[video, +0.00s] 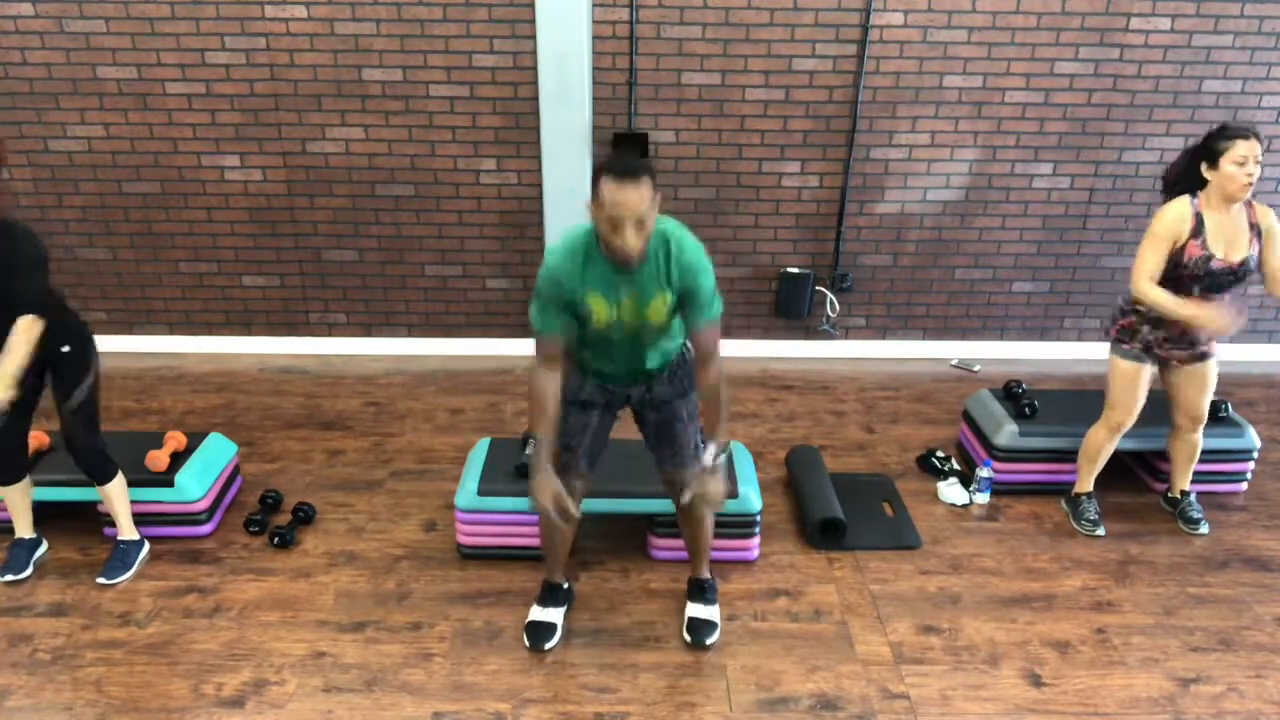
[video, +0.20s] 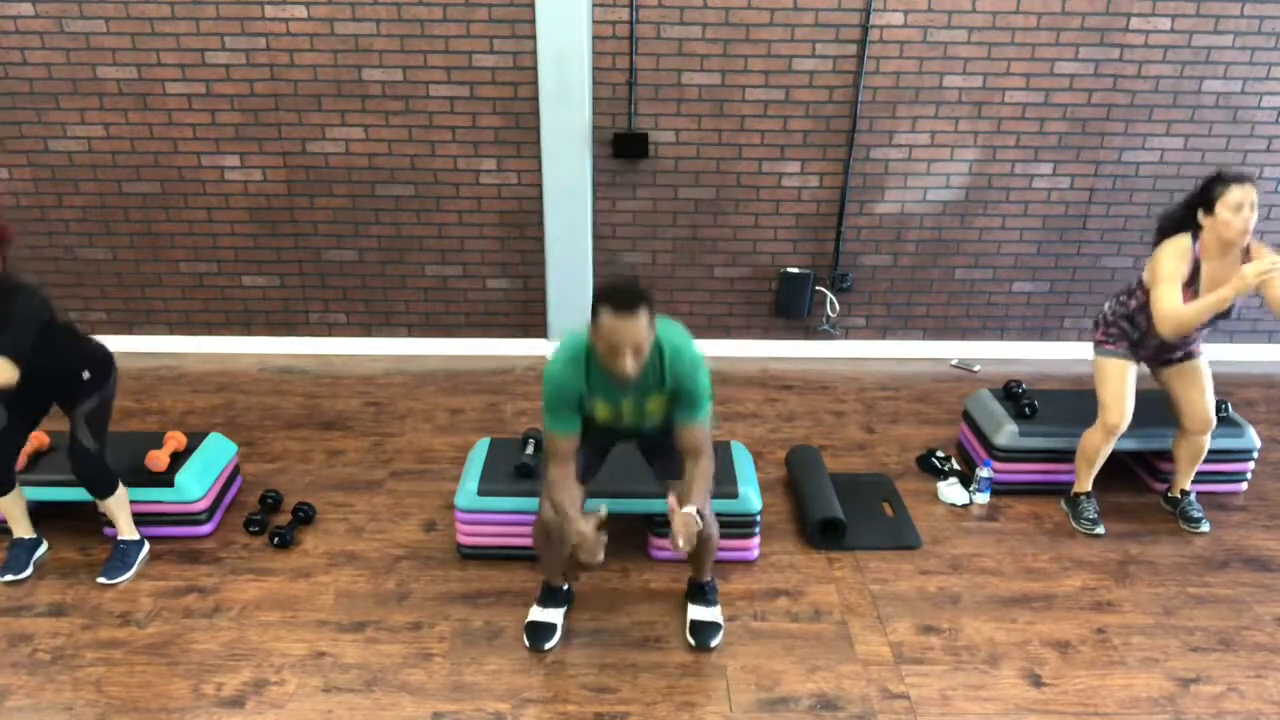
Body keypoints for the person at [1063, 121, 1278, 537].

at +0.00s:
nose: (1252, 172)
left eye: (1256, 163)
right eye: (1241, 163)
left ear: (1260, 167)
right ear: (1208, 170)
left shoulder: (1262, 220)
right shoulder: (1177, 214)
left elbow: (1275, 286)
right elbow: (1141, 284)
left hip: (1198, 330)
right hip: (1145, 323)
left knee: (1192, 421)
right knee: (1119, 418)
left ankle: (1179, 494)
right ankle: (1080, 493)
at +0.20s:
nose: (1250, 218)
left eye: (1253, 208)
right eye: (1238, 208)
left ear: (1258, 214)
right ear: (1206, 218)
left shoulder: (1258, 256)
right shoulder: (1175, 251)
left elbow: (1277, 303)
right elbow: (1169, 325)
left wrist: (1267, 277)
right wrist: (1234, 289)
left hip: (1178, 337)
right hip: (1124, 328)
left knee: (1201, 422)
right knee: (1114, 420)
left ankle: (1179, 493)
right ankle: (1079, 493)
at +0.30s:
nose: (1242, 248)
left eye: (1247, 238)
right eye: (1230, 239)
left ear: (1252, 244)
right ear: (1198, 246)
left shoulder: (1250, 282)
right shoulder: (1169, 276)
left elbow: (1277, 337)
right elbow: (1169, 348)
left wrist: (1269, 300)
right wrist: (1233, 304)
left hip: (1175, 351)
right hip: (1116, 343)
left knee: (1207, 428)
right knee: (1115, 426)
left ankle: (1179, 493)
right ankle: (1080, 494)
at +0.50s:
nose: (1228, 293)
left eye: (1233, 283)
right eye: (1218, 284)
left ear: (1239, 285)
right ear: (1188, 288)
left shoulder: (1238, 322)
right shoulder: (1159, 315)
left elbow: (1269, 383)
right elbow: (1159, 388)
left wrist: (1274, 351)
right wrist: (1221, 344)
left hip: (1166, 373)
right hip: (1109, 368)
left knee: (1214, 437)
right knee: (1119, 435)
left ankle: (1179, 494)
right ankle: (1080, 495)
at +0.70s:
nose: (1229, 285)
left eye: (1235, 275)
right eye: (1219, 276)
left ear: (1241, 277)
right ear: (1190, 279)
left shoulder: (1244, 318)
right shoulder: (1160, 307)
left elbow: (1270, 370)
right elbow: (1141, 381)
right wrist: (1213, 384)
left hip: (1173, 372)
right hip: (1110, 363)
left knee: (1213, 437)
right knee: (1119, 435)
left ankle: (1178, 494)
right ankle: (1079, 495)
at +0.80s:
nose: (1234, 258)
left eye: (1240, 248)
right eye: (1224, 249)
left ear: (1246, 252)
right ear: (1195, 252)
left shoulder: (1249, 294)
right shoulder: (1165, 283)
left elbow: (1277, 344)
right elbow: (1125, 356)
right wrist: (1169, 403)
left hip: (1177, 358)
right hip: (1122, 350)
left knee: (1212, 433)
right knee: (1117, 434)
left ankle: (1179, 494)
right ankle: (1079, 494)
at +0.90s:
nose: (1240, 228)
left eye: (1246, 218)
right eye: (1229, 218)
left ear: (1251, 221)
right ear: (1199, 220)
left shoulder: (1253, 266)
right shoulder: (1168, 258)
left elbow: (1278, 313)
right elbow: (1113, 322)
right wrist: (1112, 375)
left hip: (1182, 350)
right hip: (1128, 344)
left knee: (1210, 430)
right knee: (1114, 433)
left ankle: (1179, 494)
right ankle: (1079, 494)